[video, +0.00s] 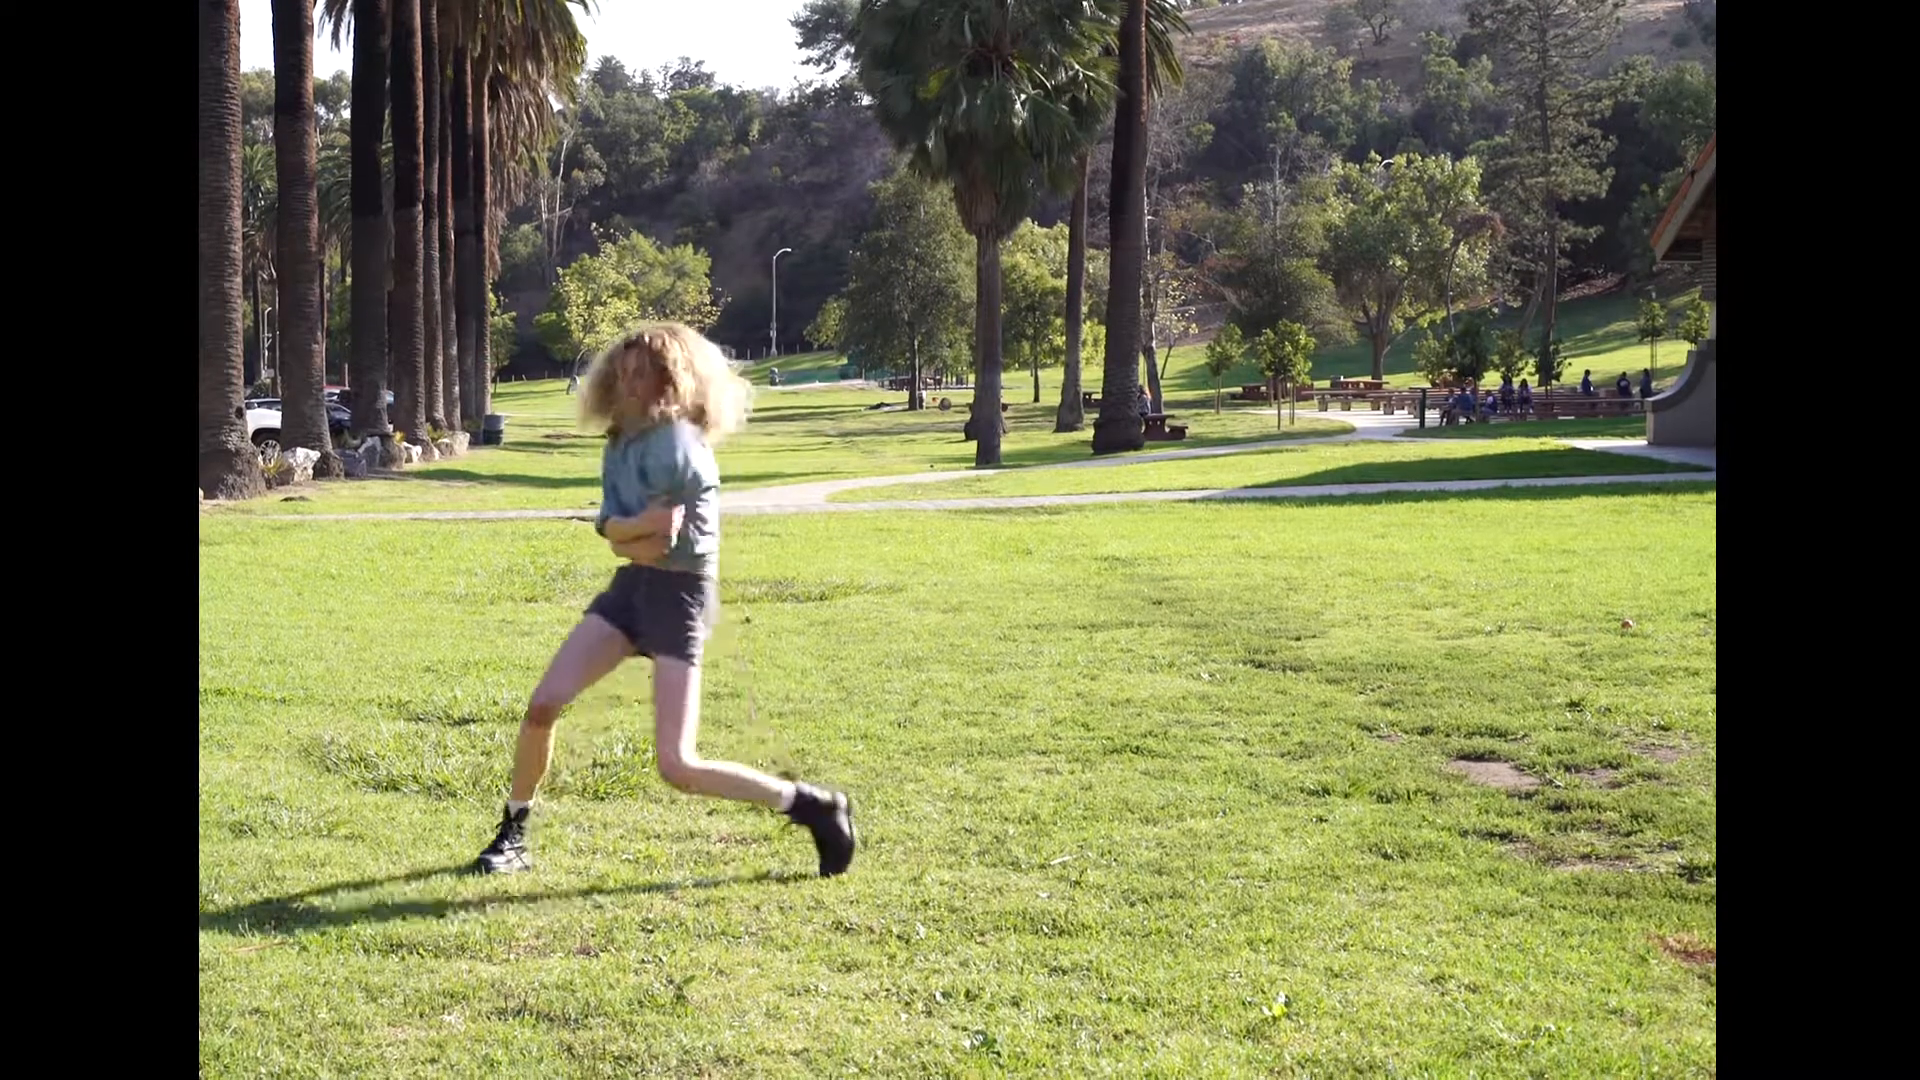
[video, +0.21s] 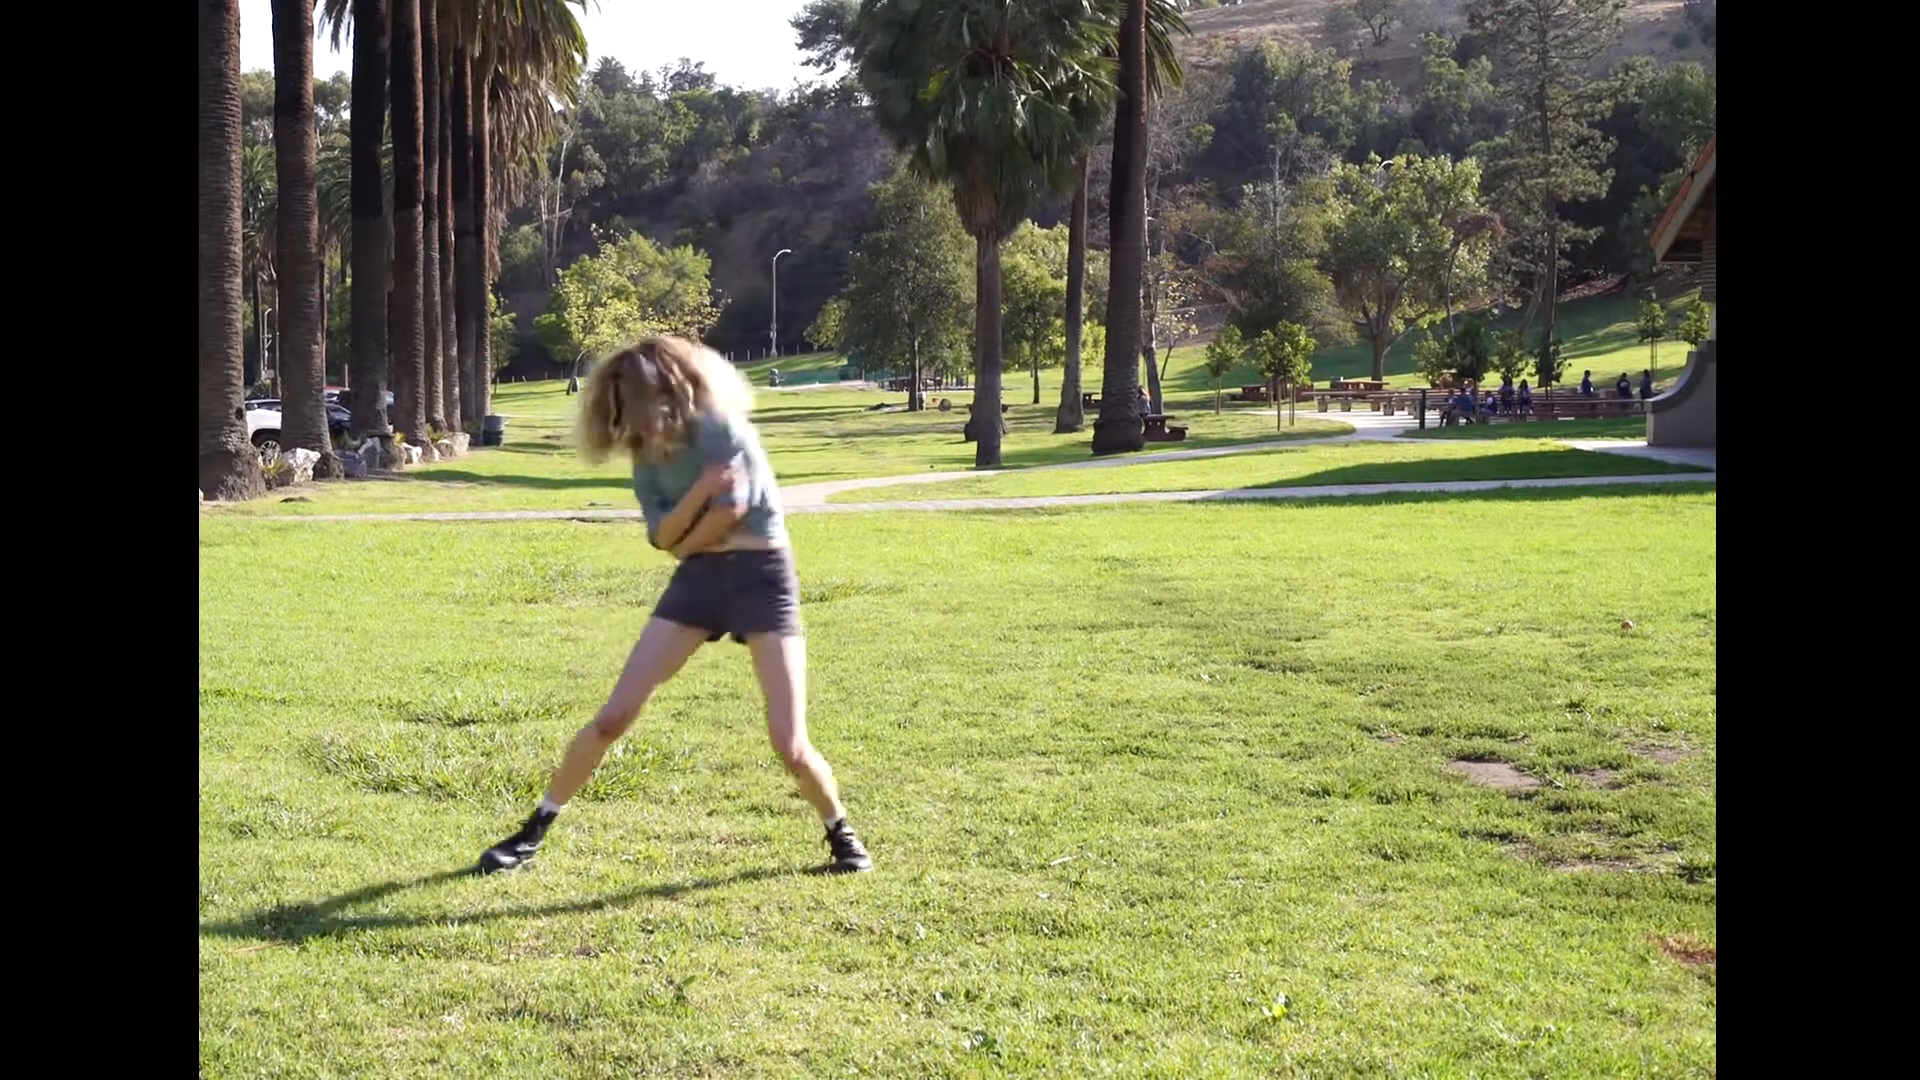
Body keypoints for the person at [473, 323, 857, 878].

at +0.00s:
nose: (628, 385)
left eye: (640, 374)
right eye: (623, 374)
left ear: (670, 383)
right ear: (615, 381)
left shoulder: (679, 439)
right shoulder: (619, 443)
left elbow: (664, 539)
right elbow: (611, 530)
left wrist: (615, 532)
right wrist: (645, 523)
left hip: (679, 596)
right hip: (629, 588)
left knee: (677, 765)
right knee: (542, 704)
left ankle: (814, 807)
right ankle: (511, 837)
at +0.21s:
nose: (653, 423)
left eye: (662, 410)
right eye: (640, 413)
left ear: (680, 396)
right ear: (624, 410)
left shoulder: (716, 426)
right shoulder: (644, 456)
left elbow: (733, 511)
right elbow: (661, 538)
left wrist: (681, 548)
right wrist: (703, 489)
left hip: (763, 574)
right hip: (698, 577)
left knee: (790, 744)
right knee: (612, 718)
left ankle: (841, 832)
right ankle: (532, 832)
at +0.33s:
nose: (675, 408)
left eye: (681, 393)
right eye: (662, 401)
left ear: (702, 371)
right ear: (648, 396)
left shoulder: (750, 384)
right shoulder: (662, 434)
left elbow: (791, 453)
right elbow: (679, 525)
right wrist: (727, 491)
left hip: (783, 564)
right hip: (714, 568)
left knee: (815, 735)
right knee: (626, 713)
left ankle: (846, 832)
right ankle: (568, 826)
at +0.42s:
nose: (686, 395)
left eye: (693, 381)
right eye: (675, 387)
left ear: (719, 361)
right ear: (665, 379)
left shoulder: (777, 386)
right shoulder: (672, 413)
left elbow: (820, 452)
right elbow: (664, 500)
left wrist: (866, 506)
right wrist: (652, 576)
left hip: (777, 561)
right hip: (706, 566)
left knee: (829, 723)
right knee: (630, 719)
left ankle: (851, 832)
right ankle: (610, 827)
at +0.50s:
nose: (718, 391)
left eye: (729, 378)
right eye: (706, 379)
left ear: (760, 373)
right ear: (692, 377)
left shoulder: (792, 426)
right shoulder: (681, 425)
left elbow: (851, 483)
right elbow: (624, 492)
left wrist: (918, 504)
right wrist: (578, 561)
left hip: (763, 566)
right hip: (690, 567)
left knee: (827, 725)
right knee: (638, 730)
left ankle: (852, 833)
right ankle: (617, 835)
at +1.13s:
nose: (774, 337)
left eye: (784, 329)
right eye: (763, 329)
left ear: (804, 345)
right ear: (744, 345)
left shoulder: (824, 425)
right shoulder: (713, 408)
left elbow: (868, 496)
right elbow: (644, 467)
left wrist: (908, 434)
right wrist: (581, 523)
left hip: (782, 578)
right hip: (707, 574)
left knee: (849, 724)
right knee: (639, 724)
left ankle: (857, 837)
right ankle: (591, 829)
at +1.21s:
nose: (782, 294)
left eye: (792, 285)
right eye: (772, 285)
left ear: (814, 299)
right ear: (752, 299)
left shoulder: (834, 370)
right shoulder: (723, 360)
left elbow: (880, 420)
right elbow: (661, 434)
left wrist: (904, 344)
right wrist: (610, 507)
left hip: (795, 539)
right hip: (721, 534)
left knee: (844, 691)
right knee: (657, 681)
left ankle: (861, 824)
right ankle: (602, 800)